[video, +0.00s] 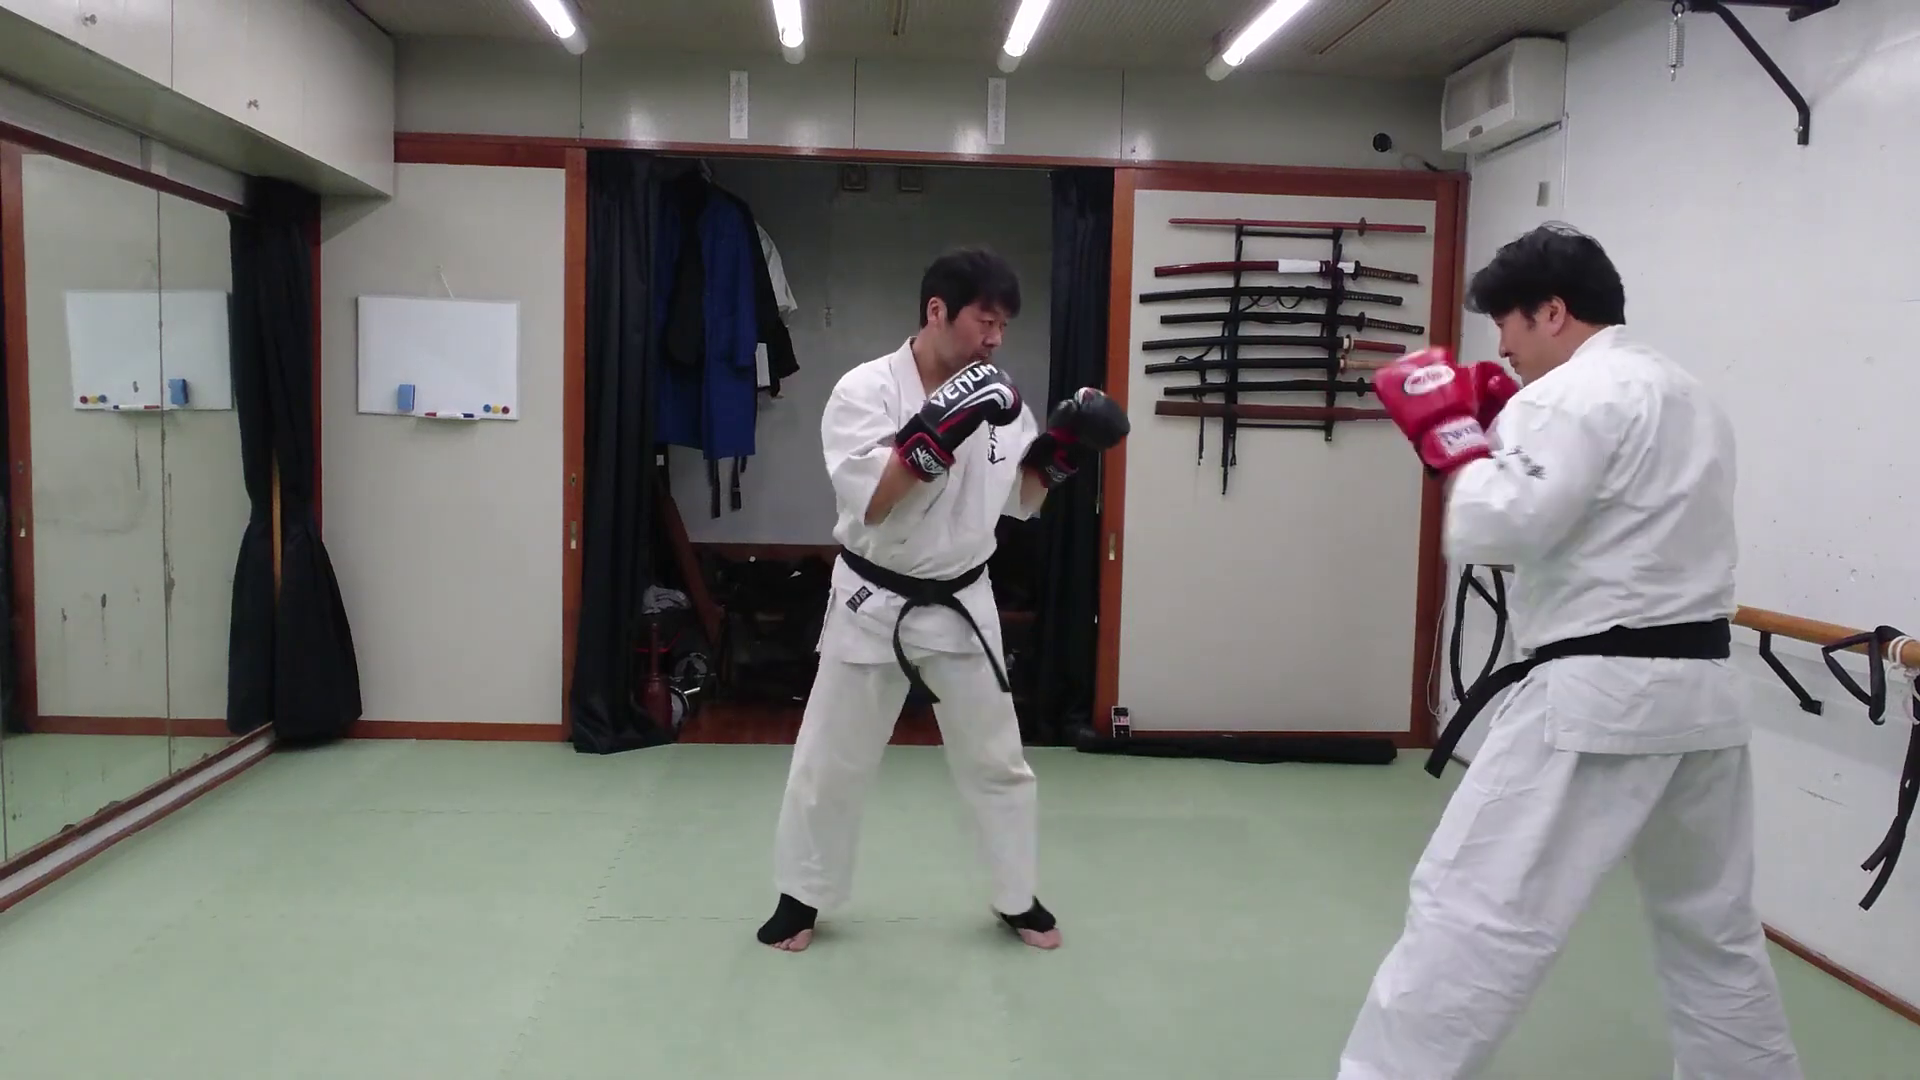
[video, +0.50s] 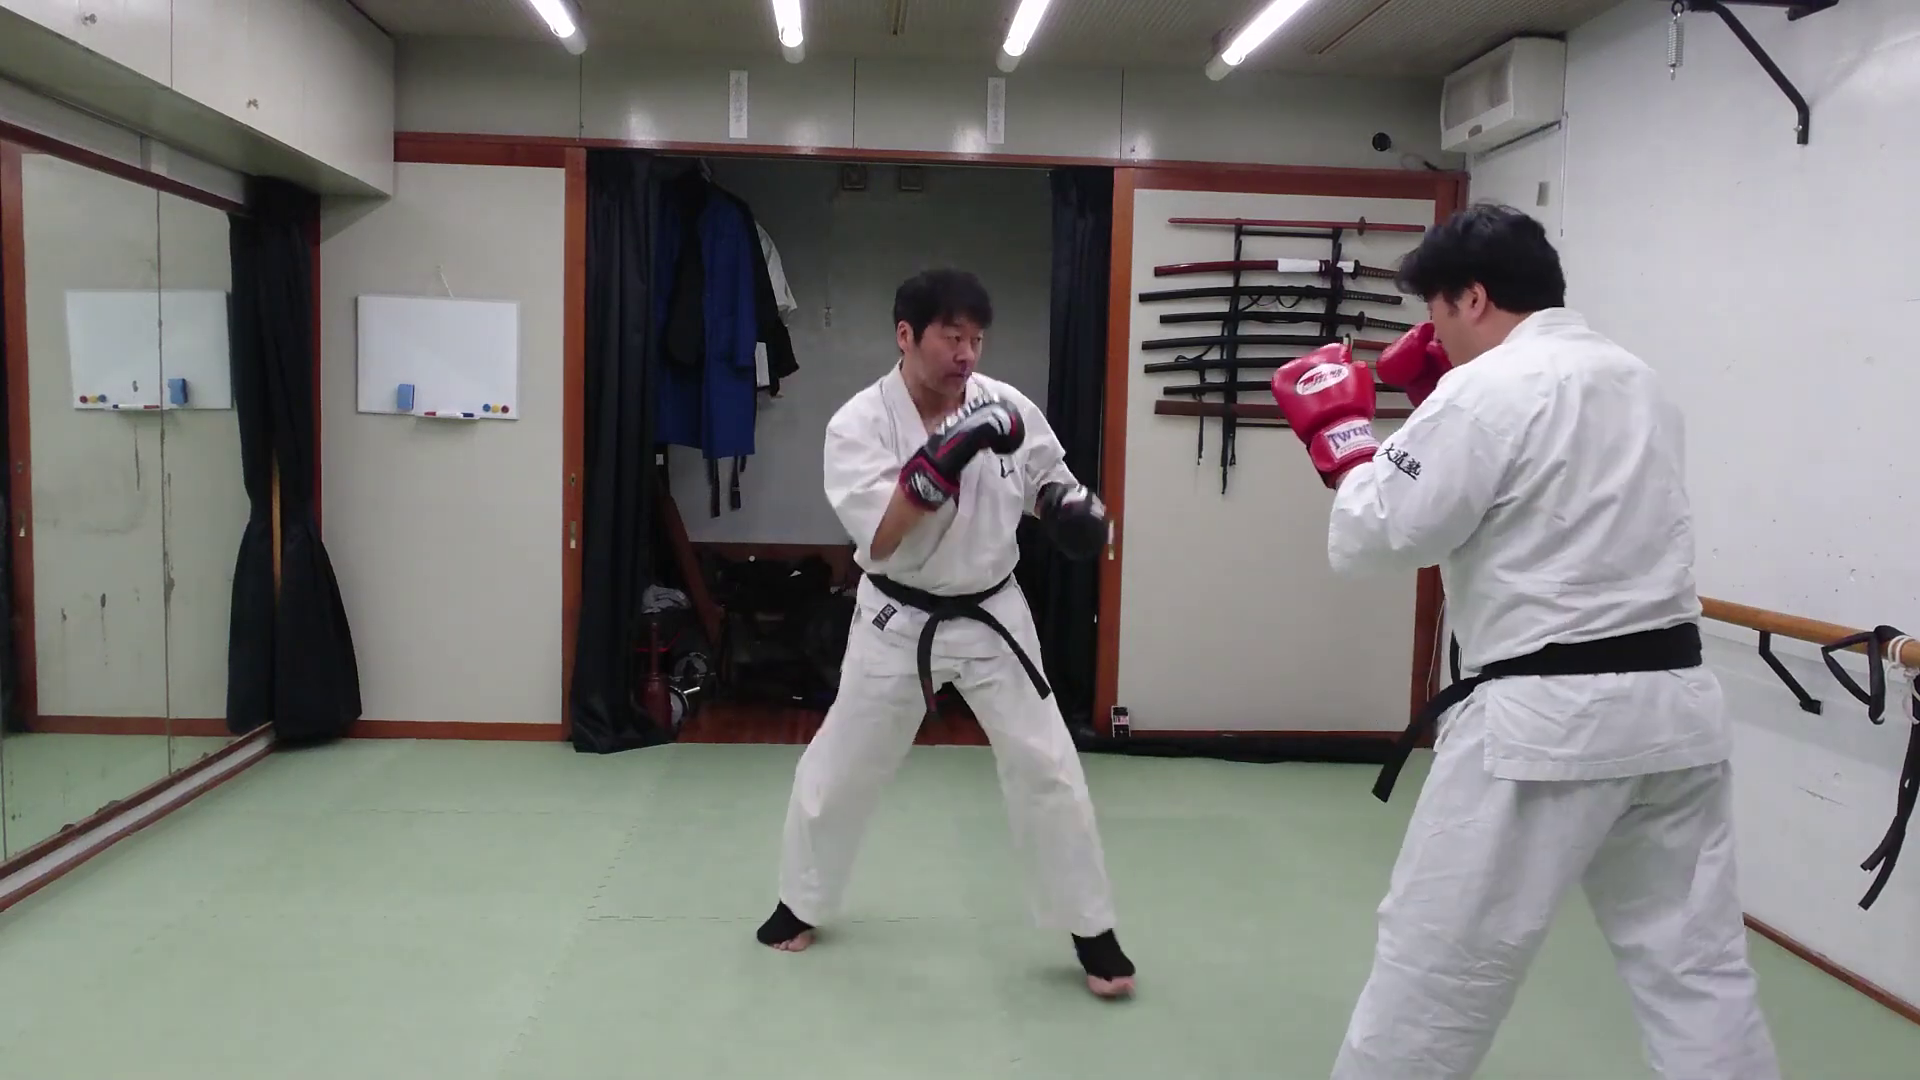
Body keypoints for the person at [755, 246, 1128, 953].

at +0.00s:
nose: (996, 340)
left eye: (1003, 326)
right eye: (985, 321)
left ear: (1002, 327)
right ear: (936, 311)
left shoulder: (1001, 401)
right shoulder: (862, 391)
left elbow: (1019, 501)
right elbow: (873, 500)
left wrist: (1058, 456)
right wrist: (939, 428)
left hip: (963, 604)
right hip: (867, 599)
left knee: (998, 762)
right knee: (825, 762)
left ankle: (1017, 897)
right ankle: (801, 897)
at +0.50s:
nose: (967, 354)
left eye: (976, 340)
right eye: (952, 339)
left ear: (985, 342)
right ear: (906, 337)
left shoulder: (1006, 407)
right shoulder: (857, 425)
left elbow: (1058, 485)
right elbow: (880, 537)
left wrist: (1082, 519)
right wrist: (938, 462)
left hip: (994, 612)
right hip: (892, 615)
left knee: (1048, 766)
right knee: (834, 771)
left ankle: (1094, 931)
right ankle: (802, 903)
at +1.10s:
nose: (1046, 381)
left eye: (1054, 365)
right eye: (1030, 363)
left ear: (1061, 371)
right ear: (984, 366)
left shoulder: (1078, 452)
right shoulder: (929, 454)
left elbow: (1119, 567)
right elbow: (947, 563)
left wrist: (1147, 538)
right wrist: (1010, 480)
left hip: (1062, 647)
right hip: (955, 649)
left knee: (1128, 786)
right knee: (891, 806)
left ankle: (1154, 956)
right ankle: (864, 914)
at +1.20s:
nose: (1065, 376)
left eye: (1073, 360)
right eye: (1047, 361)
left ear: (1083, 365)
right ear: (1004, 363)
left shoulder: (1111, 444)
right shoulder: (948, 455)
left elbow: (1203, 526)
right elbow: (908, 567)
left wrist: (1178, 509)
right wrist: (955, 509)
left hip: (1088, 652)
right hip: (981, 651)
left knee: (1137, 812)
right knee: (905, 801)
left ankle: (1225, 977)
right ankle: (866, 915)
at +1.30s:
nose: (1100, 355)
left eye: (1112, 341)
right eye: (1083, 340)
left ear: (1125, 347)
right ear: (1044, 345)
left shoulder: (1158, 420)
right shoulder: (995, 433)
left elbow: (1263, 439)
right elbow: (926, 541)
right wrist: (956, 485)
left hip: (1118, 642)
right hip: (1020, 635)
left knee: (1169, 819)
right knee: (948, 768)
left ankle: (1246, 979)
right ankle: (882, 893)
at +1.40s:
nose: (1148, 346)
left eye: (1159, 331)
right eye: (1130, 332)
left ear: (1174, 337)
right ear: (1093, 340)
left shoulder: (1202, 415)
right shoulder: (1053, 426)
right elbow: (1004, 539)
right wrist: (1036, 480)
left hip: (1148, 637)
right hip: (1053, 624)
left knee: (1182, 809)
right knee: (1000, 759)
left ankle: (1244, 978)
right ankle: (958, 880)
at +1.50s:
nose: (1189, 337)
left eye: (1200, 321)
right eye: (1170, 321)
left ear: (1212, 328)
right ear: (1132, 328)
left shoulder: (1240, 409)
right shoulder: (1082, 415)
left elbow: (1338, 493)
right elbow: (1036, 526)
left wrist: (1329, 437)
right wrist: (1084, 468)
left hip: (1182, 630)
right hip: (1088, 620)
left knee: (1202, 804)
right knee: (1045, 756)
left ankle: (1249, 980)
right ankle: (1035, 862)